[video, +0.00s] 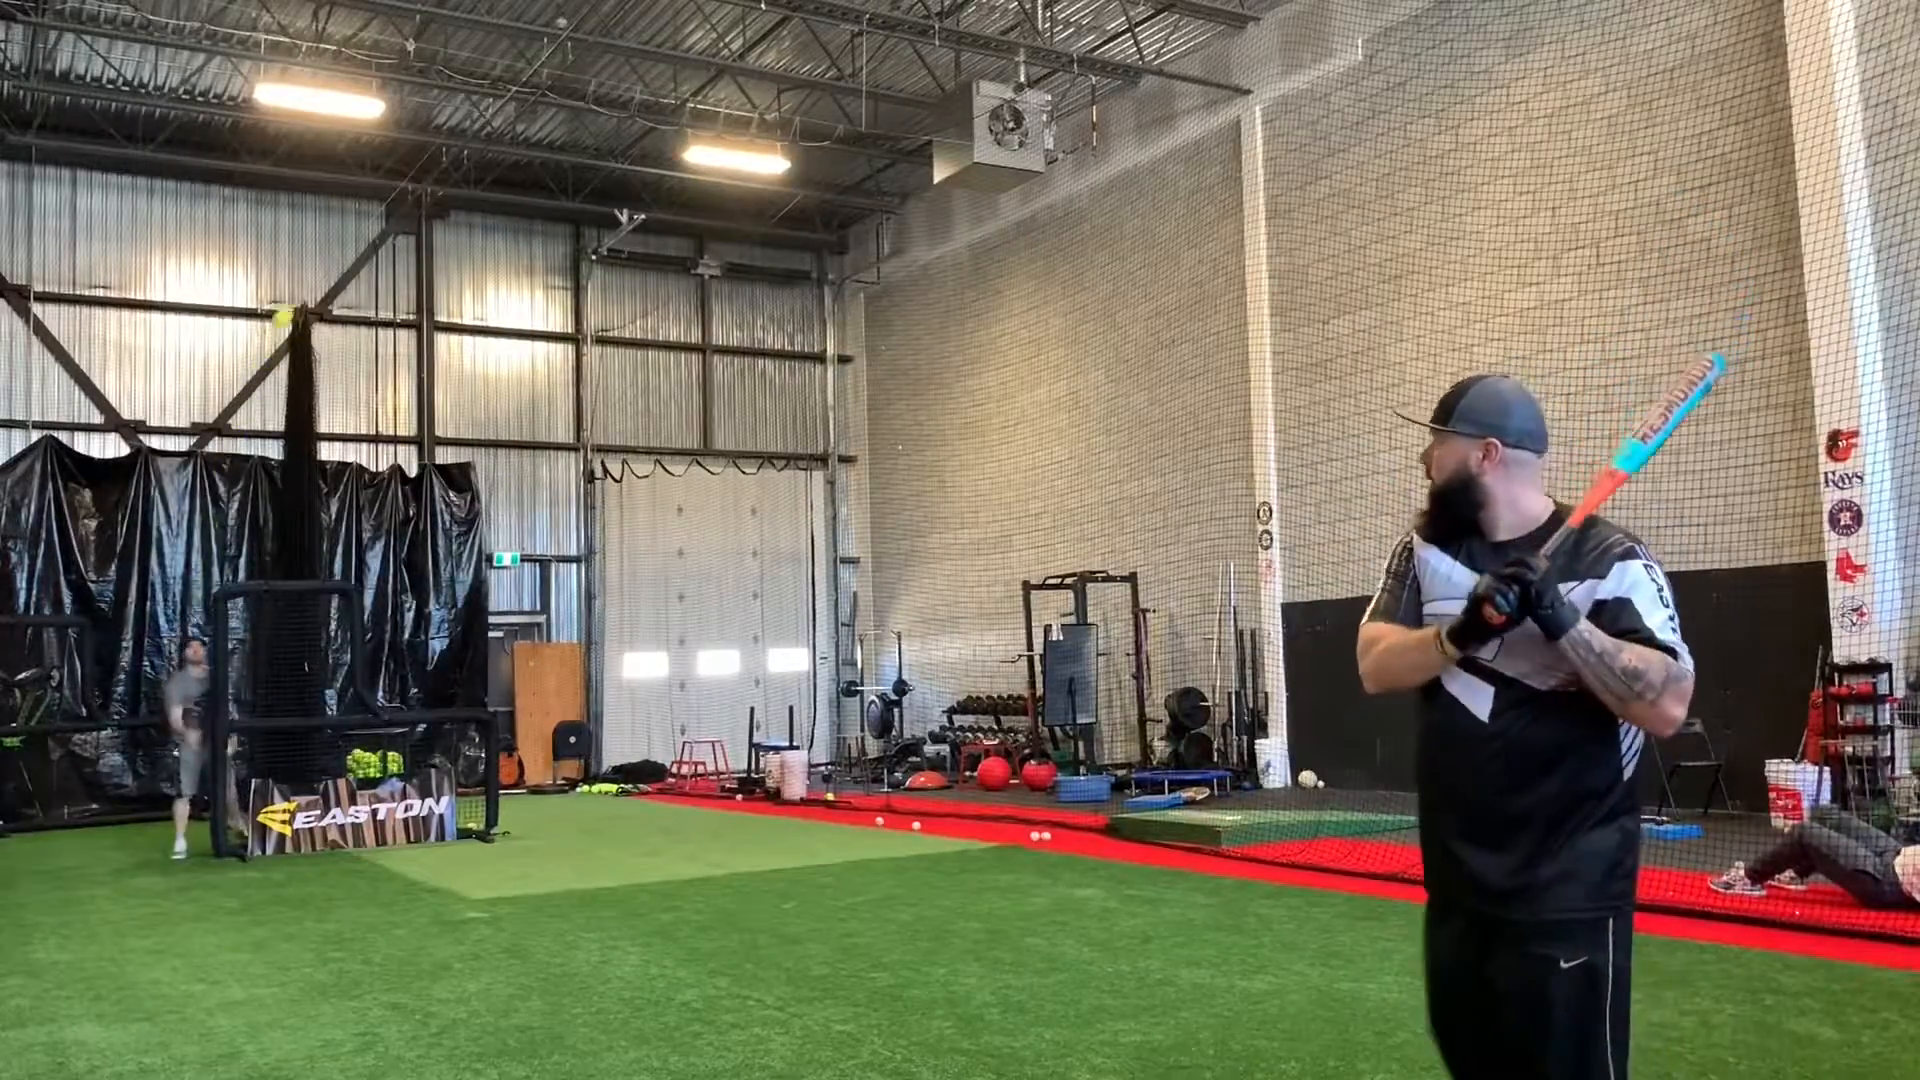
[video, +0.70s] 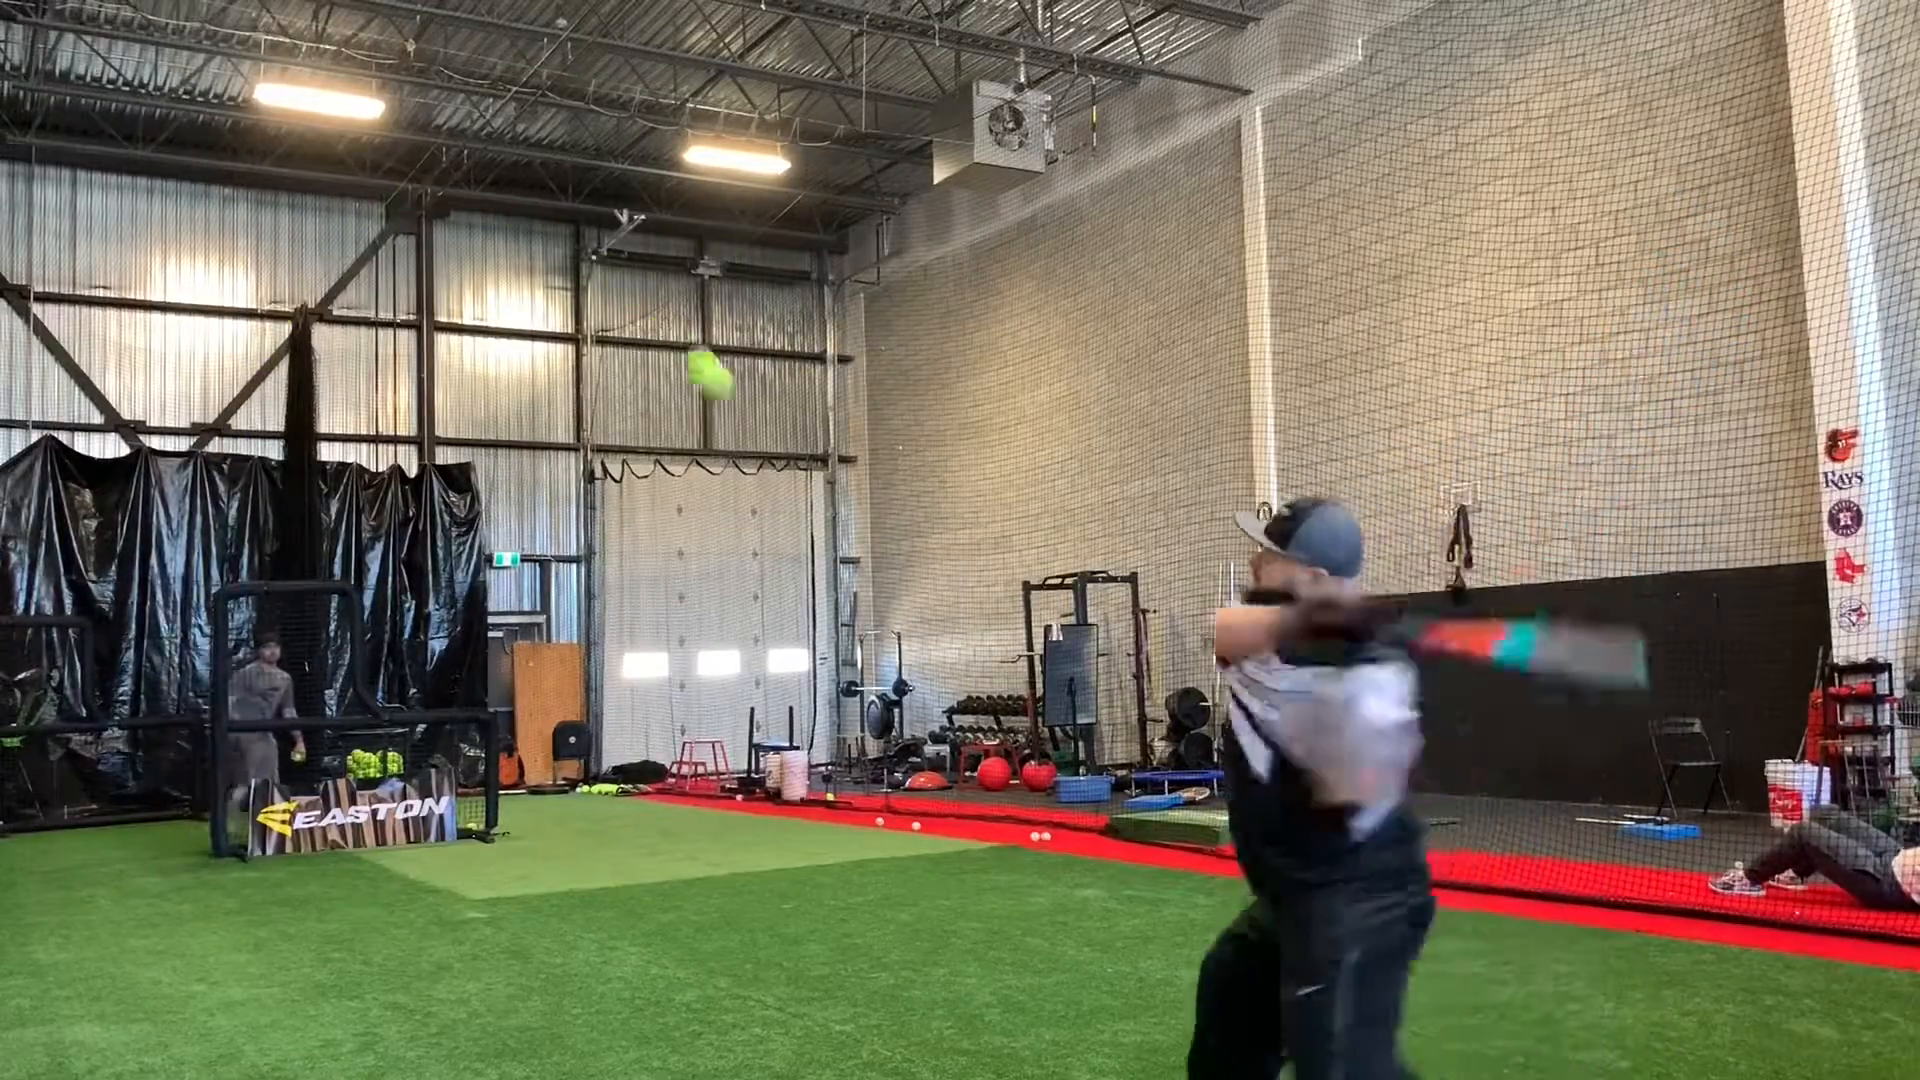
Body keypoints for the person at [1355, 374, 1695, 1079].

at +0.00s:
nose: (1425, 459)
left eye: (1437, 442)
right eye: (1429, 443)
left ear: (1486, 453)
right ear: (1484, 455)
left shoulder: (1610, 559)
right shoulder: (1426, 552)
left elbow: (1667, 708)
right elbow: (1375, 666)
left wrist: (1566, 624)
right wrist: (1459, 634)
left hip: (1568, 889)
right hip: (1460, 880)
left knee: (1570, 1063)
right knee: (1470, 1057)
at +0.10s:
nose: (1413, 469)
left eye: (1426, 453)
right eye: (1418, 453)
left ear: (1477, 464)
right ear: (1475, 465)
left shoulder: (1607, 571)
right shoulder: (1415, 564)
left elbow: (1674, 715)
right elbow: (1378, 683)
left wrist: (1572, 653)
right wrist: (1472, 663)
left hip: (1567, 885)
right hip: (1446, 873)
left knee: (1578, 1063)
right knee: (1400, 1019)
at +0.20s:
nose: (1397, 483)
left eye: (1409, 467)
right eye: (1401, 468)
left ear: (1460, 480)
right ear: (1456, 482)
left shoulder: (1594, 583)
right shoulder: (1398, 580)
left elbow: (1669, 725)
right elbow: (1381, 700)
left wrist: (1580, 691)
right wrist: (1473, 704)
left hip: (1551, 869)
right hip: (1425, 856)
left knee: (1576, 1061)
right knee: (1340, 975)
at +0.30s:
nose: (1374, 499)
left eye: (1386, 486)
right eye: (1378, 485)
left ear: (1436, 503)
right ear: (1433, 504)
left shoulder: (1568, 598)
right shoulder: (1374, 595)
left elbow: (1646, 738)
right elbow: (1373, 718)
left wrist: (1577, 723)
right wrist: (1476, 740)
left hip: (1531, 863)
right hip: (1402, 845)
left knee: (1550, 1060)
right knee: (1295, 937)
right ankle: (1321, 1073)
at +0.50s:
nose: (1312, 533)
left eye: (1324, 519)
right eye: (1316, 520)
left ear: (1370, 536)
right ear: (1365, 537)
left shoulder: (1491, 613)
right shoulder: (1314, 613)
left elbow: (1592, 737)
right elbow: (1322, 703)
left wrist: (1534, 692)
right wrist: (1443, 700)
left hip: (1472, 871)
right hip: (1350, 859)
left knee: (1505, 1050)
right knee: (1237, 966)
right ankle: (1219, 1074)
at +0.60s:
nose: (1270, 553)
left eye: (1284, 543)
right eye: (1275, 541)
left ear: (1330, 559)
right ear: (1328, 560)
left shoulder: (1442, 642)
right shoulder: (1278, 623)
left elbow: (1539, 741)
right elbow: (1282, 665)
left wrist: (1507, 644)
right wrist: (1417, 627)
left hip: (1419, 887)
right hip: (1320, 879)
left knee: (1443, 1051)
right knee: (1242, 994)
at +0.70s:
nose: (1254, 559)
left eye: (1269, 553)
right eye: (1260, 550)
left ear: (1306, 574)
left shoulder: (1372, 666)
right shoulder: (1257, 627)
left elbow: (1360, 784)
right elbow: (1223, 633)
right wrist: (1312, 616)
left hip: (1360, 898)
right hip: (1296, 891)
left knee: (1343, 1060)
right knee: (1232, 988)